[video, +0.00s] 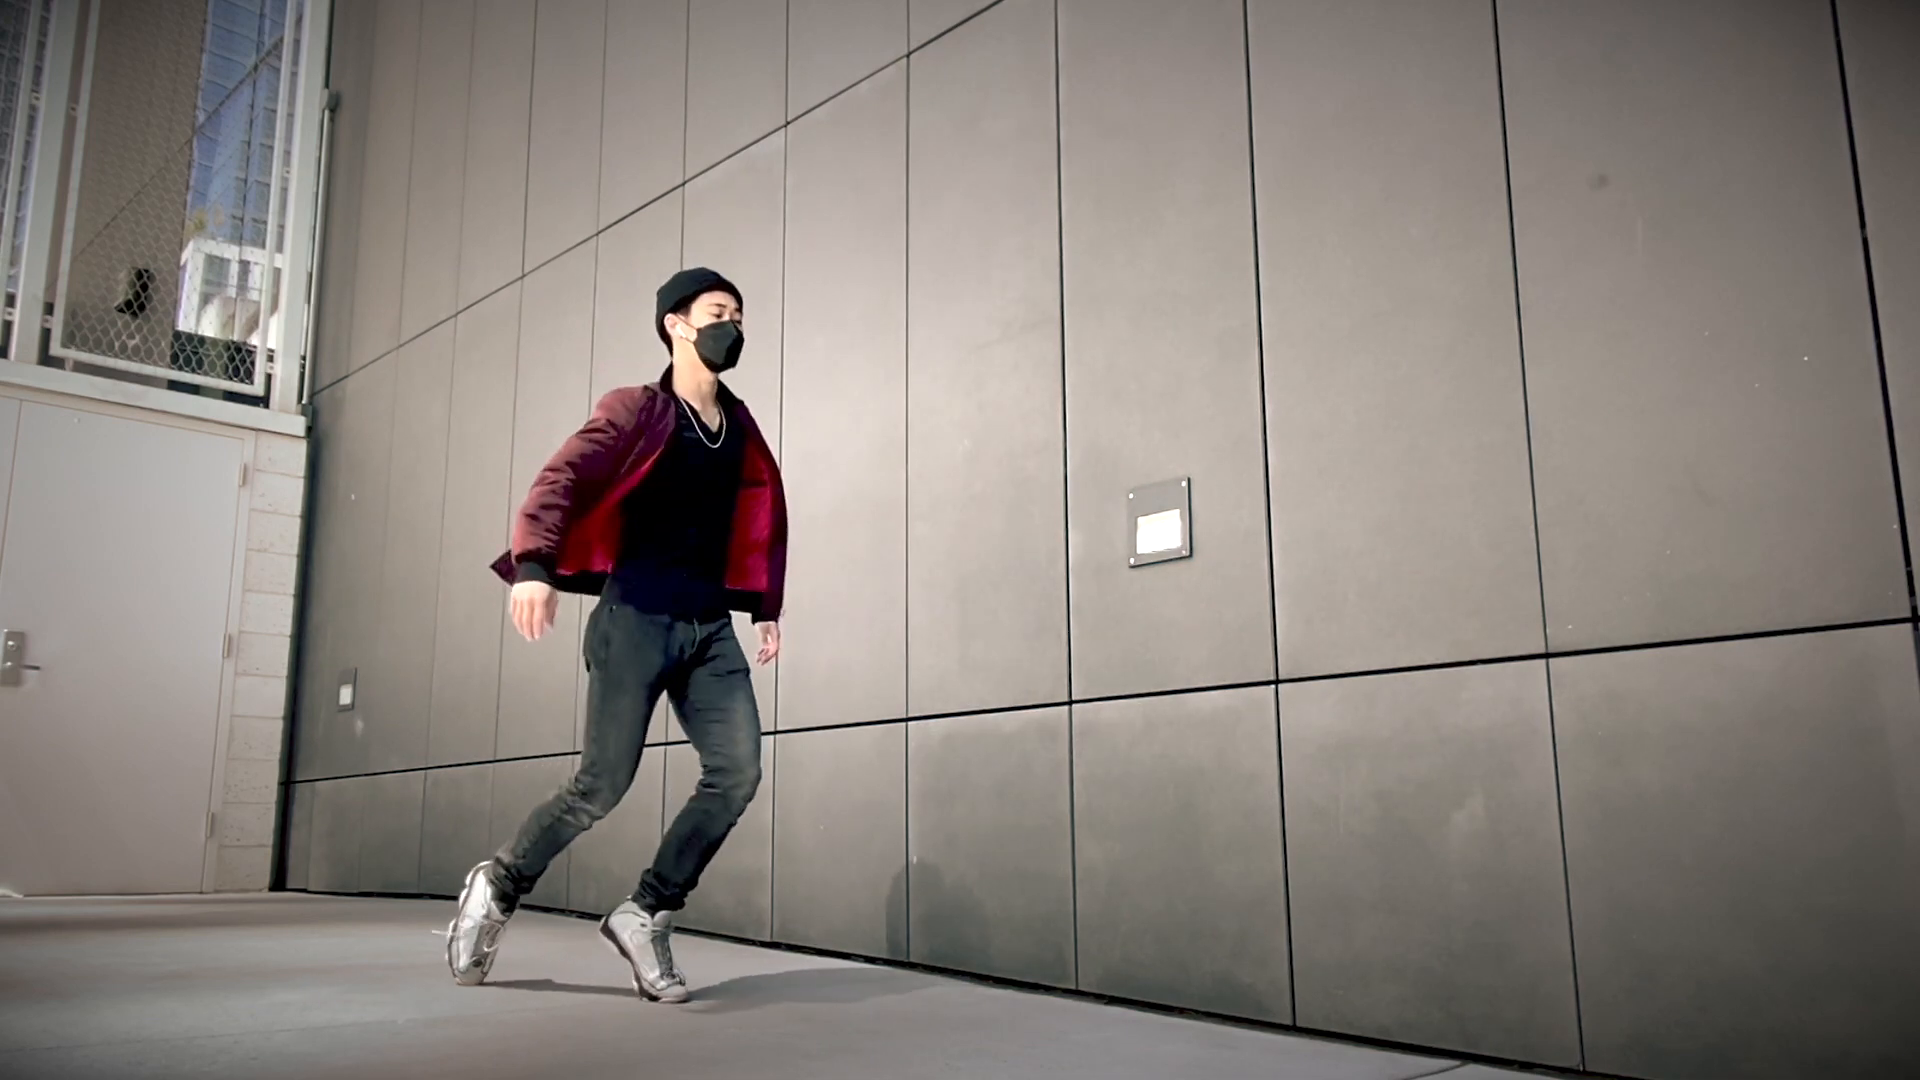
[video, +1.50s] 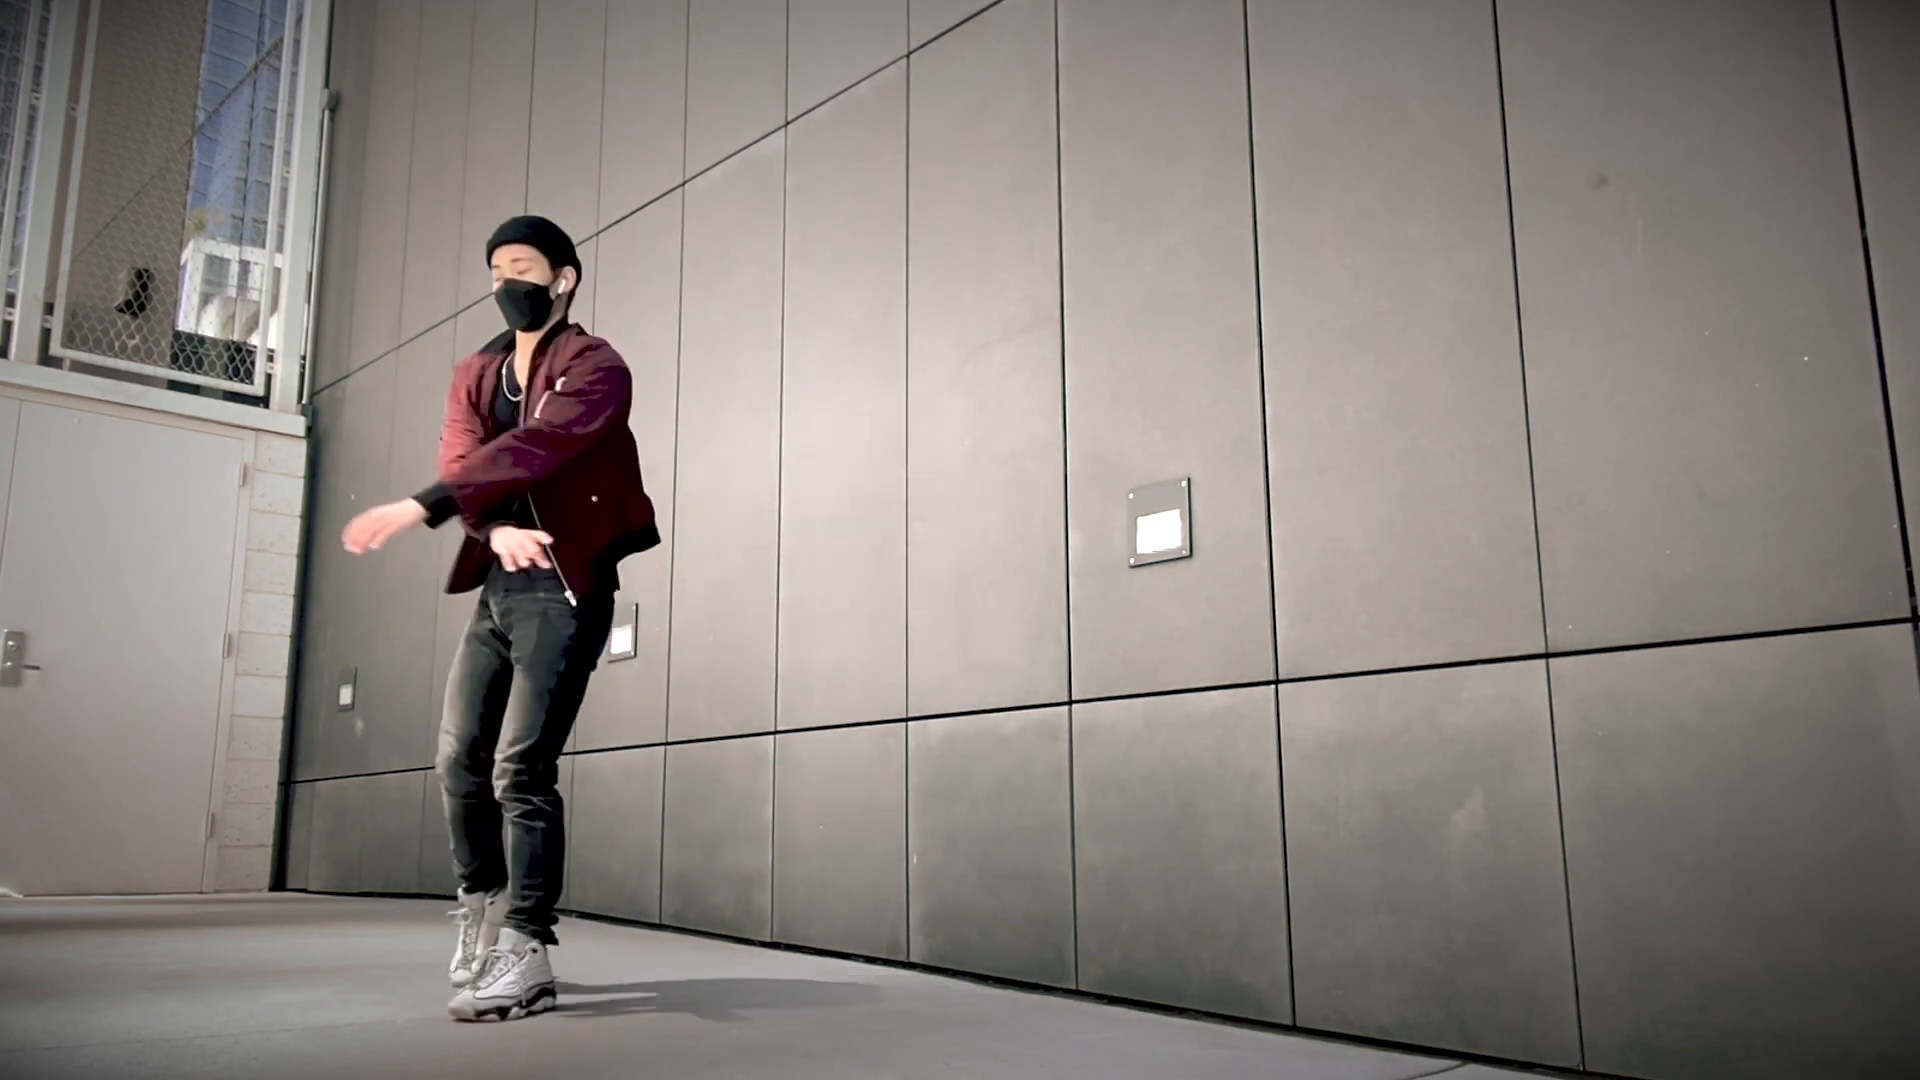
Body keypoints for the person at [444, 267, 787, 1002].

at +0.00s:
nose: (732, 324)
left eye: (737, 315)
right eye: (715, 313)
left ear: (738, 333)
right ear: (674, 327)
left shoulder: (738, 424)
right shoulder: (636, 409)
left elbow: (765, 514)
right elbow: (561, 477)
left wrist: (767, 605)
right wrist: (532, 568)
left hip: (708, 628)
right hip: (633, 620)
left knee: (735, 776)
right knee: (601, 785)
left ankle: (644, 916)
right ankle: (495, 888)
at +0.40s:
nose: (733, 361)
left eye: (734, 353)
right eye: (720, 349)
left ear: (704, 362)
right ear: (674, 355)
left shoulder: (719, 443)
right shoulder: (637, 429)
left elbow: (750, 528)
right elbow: (604, 530)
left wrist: (781, 616)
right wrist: (636, 633)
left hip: (670, 636)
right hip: (608, 637)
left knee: (746, 779)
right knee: (634, 817)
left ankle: (643, 918)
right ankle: (508, 899)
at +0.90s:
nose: (670, 355)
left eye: (671, 346)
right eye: (657, 343)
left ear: (645, 354)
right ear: (610, 346)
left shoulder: (661, 443)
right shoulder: (564, 423)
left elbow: (705, 532)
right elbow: (594, 530)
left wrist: (774, 614)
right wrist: (663, 631)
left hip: (588, 639)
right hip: (515, 632)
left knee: (633, 788)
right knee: (543, 798)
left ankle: (585, 949)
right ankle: (433, 900)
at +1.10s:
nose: (631, 328)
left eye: (636, 319)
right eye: (616, 316)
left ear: (638, 330)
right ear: (571, 322)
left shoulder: (647, 417)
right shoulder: (521, 400)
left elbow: (667, 503)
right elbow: (548, 507)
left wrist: (697, 588)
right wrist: (635, 583)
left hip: (572, 612)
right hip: (490, 604)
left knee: (581, 770)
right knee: (493, 774)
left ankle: (565, 944)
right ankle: (423, 904)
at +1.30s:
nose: (573, 291)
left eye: (587, 282)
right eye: (556, 281)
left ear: (606, 303)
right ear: (529, 299)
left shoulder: (631, 390)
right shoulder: (487, 379)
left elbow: (616, 476)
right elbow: (499, 479)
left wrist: (581, 555)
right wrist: (600, 546)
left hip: (568, 599)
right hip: (487, 589)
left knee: (538, 765)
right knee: (460, 762)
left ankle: (541, 939)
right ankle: (441, 908)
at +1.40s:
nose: (541, 285)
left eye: (558, 274)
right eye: (527, 275)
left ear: (586, 291)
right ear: (510, 293)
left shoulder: (618, 380)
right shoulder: (478, 378)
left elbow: (576, 460)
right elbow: (477, 476)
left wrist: (500, 527)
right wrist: (562, 531)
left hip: (562, 597)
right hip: (483, 590)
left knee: (531, 770)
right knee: (445, 762)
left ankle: (536, 946)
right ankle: (461, 903)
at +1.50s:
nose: (511, 281)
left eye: (527, 267)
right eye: (500, 270)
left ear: (567, 280)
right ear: (491, 286)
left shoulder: (598, 367)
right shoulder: (477, 371)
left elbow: (540, 447)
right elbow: (458, 465)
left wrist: (423, 504)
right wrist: (496, 527)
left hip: (564, 589)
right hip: (496, 586)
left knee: (522, 769)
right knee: (461, 764)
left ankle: (528, 951)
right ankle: (482, 912)